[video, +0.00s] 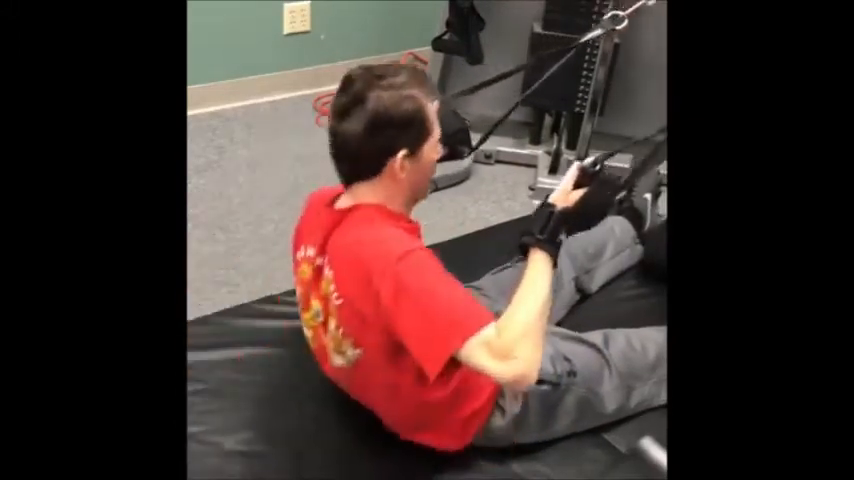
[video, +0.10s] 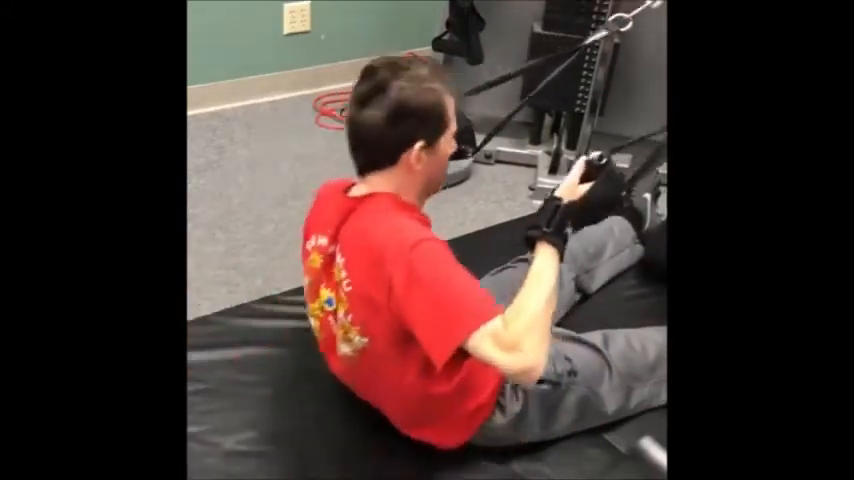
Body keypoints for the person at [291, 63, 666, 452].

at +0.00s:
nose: (442, 152)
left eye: (439, 138)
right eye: (435, 142)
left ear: (346, 151)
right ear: (400, 164)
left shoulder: (321, 208)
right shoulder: (394, 260)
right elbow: (515, 362)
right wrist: (546, 237)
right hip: (479, 397)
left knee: (563, 257)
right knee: (657, 354)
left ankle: (635, 218)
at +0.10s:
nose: (455, 148)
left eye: (453, 136)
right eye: (450, 137)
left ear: (364, 140)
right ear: (416, 154)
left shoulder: (331, 199)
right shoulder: (407, 248)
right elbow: (523, 356)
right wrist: (553, 229)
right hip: (484, 401)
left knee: (563, 259)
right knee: (661, 349)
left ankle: (637, 222)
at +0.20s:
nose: (472, 145)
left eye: (472, 132)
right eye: (469, 133)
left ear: (384, 133)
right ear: (437, 147)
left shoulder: (343, 190)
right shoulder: (423, 237)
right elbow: (531, 353)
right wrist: (563, 222)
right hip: (486, 401)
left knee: (563, 259)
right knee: (663, 348)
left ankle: (637, 221)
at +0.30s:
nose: (480, 143)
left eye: (480, 131)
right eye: (477, 132)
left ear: (393, 130)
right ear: (446, 144)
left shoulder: (348, 187)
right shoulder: (432, 234)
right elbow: (536, 353)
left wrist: (569, 207)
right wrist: (567, 228)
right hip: (486, 400)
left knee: (559, 260)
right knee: (664, 350)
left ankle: (638, 224)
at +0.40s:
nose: (486, 147)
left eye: (488, 133)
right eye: (485, 134)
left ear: (401, 127)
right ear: (458, 141)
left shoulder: (353, 184)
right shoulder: (443, 232)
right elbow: (542, 354)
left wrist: (584, 208)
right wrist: (575, 231)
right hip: (486, 401)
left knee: (570, 249)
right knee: (665, 350)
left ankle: (642, 221)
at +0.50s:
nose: (493, 146)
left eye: (496, 132)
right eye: (494, 133)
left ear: (407, 122)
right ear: (467, 139)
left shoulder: (355, 182)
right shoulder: (448, 231)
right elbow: (547, 355)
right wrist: (580, 229)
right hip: (485, 402)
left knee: (577, 246)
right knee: (665, 350)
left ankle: (643, 227)